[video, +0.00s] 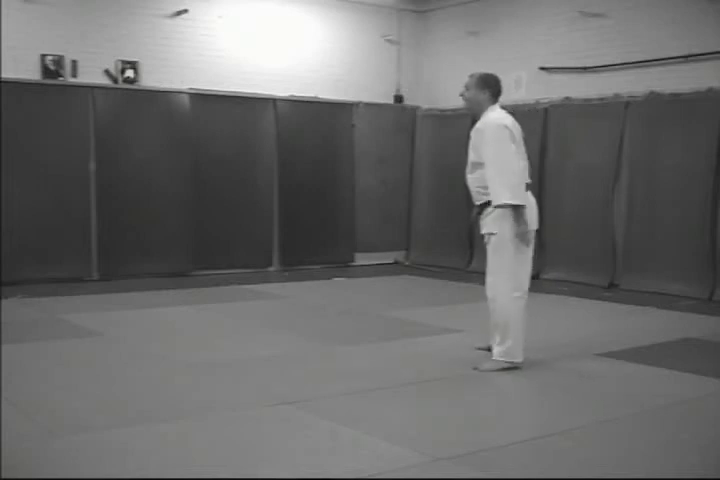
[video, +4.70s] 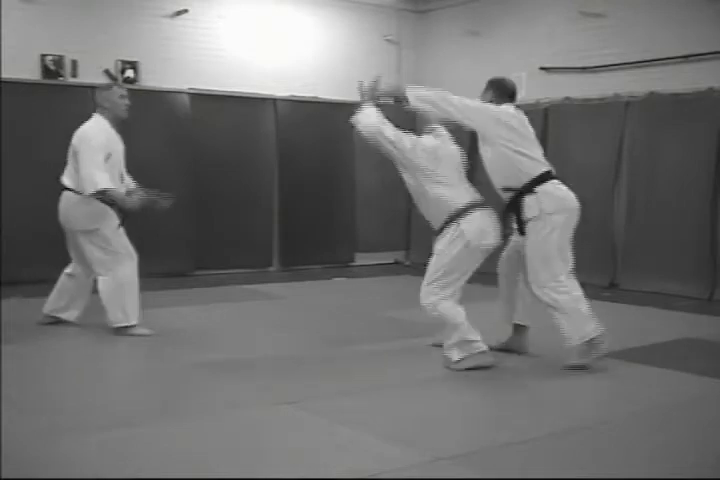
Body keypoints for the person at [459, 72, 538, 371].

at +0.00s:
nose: (462, 94)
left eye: (467, 89)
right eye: (463, 89)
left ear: (485, 93)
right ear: (486, 94)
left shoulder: (494, 125)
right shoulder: (493, 123)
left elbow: (506, 170)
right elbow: (506, 169)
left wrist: (519, 217)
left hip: (505, 213)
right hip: (505, 211)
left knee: (504, 284)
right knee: (503, 283)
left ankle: (508, 354)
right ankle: (502, 343)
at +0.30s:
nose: (460, 94)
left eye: (466, 89)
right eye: (462, 89)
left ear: (483, 93)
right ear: (485, 94)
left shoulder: (493, 125)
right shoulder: (499, 122)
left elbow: (495, 171)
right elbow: (494, 171)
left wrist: (481, 212)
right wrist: (476, 209)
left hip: (505, 212)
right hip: (511, 210)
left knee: (495, 282)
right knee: (505, 281)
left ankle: (496, 351)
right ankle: (505, 342)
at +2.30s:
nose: (439, 93)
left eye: (444, 88)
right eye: (440, 88)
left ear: (461, 91)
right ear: (466, 92)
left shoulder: (464, 125)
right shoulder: (482, 121)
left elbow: (464, 173)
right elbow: (478, 171)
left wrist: (462, 217)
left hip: (470, 210)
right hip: (484, 206)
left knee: (462, 283)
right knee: (471, 281)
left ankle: (467, 352)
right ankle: (466, 341)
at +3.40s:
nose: (418, 122)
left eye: (423, 116)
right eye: (419, 116)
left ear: (440, 120)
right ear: (442, 121)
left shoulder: (453, 150)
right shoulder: (455, 146)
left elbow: (447, 199)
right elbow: (449, 200)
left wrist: (424, 243)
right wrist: (428, 236)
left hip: (485, 229)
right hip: (472, 228)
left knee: (459, 290)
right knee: (440, 273)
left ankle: (490, 352)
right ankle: (447, 337)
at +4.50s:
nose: (387, 153)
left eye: (391, 147)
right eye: (389, 147)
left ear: (407, 147)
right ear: (415, 148)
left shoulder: (426, 173)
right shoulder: (443, 163)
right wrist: (448, 253)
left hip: (488, 230)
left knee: (443, 288)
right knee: (433, 276)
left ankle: (473, 353)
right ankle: (454, 335)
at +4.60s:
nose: (389, 160)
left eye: (383, 153)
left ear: (392, 142)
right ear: (417, 143)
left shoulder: (426, 170)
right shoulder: (448, 161)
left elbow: (436, 192)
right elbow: (482, 188)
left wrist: (397, 171)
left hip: (472, 240)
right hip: (487, 233)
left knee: (436, 301)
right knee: (433, 275)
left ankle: (473, 354)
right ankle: (449, 333)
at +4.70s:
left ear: (413, 126)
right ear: (435, 125)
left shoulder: (412, 148)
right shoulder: (449, 146)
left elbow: (375, 130)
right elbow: (433, 124)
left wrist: (367, 103)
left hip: (464, 227)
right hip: (487, 222)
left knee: (433, 295)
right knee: (446, 287)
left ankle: (472, 348)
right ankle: (457, 334)